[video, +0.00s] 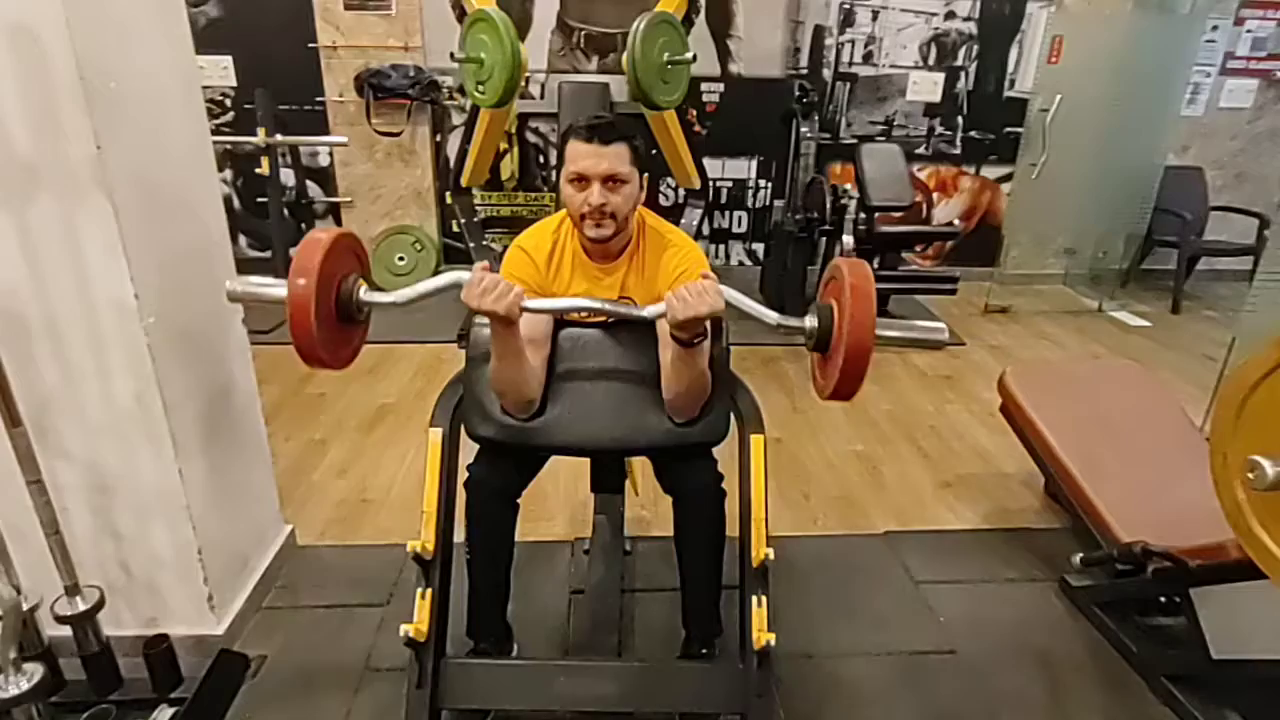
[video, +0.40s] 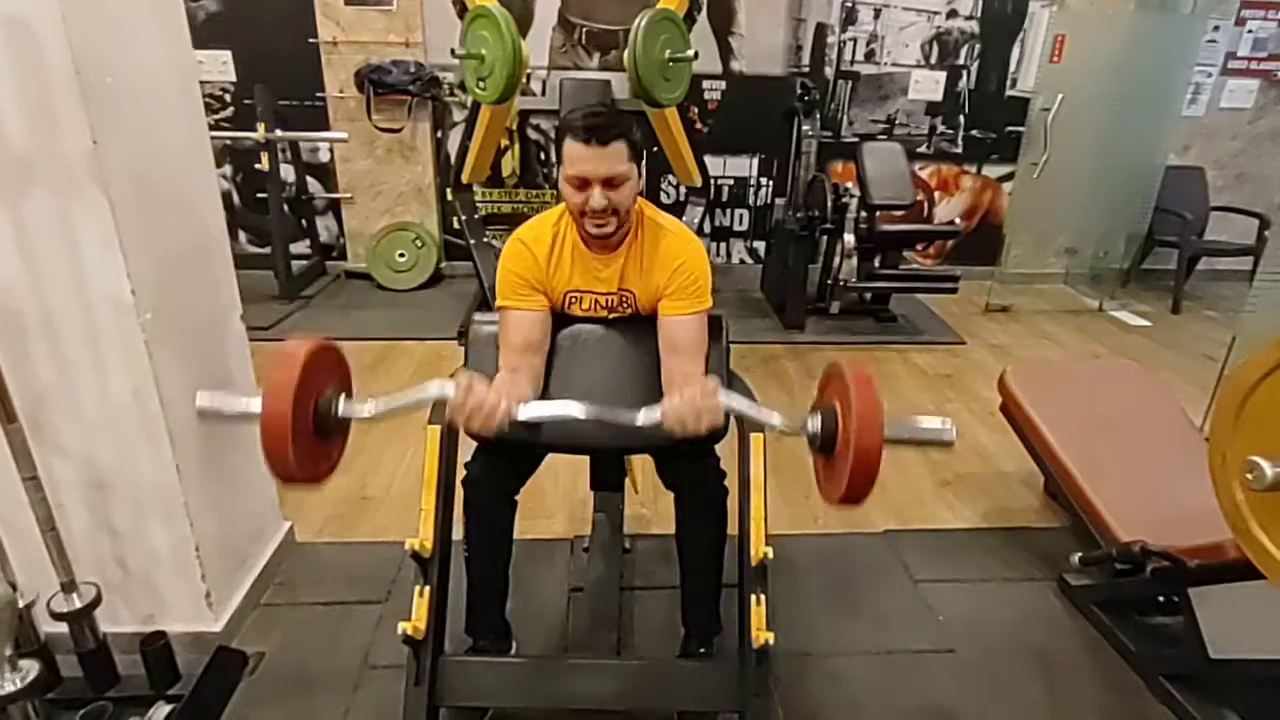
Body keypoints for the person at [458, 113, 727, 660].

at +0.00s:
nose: (595, 200)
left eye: (613, 183)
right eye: (579, 182)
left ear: (641, 189)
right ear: (560, 186)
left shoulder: (676, 254)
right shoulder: (533, 249)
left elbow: (685, 408)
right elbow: (518, 404)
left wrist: (688, 337)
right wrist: (504, 326)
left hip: (649, 390)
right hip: (556, 388)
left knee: (700, 484)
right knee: (487, 482)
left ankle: (702, 643)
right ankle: (489, 642)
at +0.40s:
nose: (598, 201)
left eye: (613, 183)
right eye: (581, 184)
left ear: (638, 178)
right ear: (559, 178)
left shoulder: (678, 251)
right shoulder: (529, 248)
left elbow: (685, 378)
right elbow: (517, 368)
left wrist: (693, 412)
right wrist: (490, 409)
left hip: (648, 392)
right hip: (558, 388)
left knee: (702, 478)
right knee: (486, 477)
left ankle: (701, 641)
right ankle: (488, 642)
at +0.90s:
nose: (602, 233)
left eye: (618, 218)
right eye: (585, 219)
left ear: (641, 191)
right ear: (564, 193)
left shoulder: (680, 246)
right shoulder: (531, 246)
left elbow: (688, 374)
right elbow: (517, 377)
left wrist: (695, 475)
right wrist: (500, 487)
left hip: (653, 371)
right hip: (555, 372)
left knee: (704, 480)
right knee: (481, 479)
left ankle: (706, 638)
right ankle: (488, 637)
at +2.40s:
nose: (618, 194)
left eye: (634, 177)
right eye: (601, 178)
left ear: (658, 176)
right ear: (580, 179)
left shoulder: (697, 245)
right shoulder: (552, 247)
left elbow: (709, 361)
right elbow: (540, 367)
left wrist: (716, 417)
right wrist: (516, 418)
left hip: (671, 384)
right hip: (580, 383)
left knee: (719, 467)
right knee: (509, 468)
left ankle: (725, 634)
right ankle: (514, 633)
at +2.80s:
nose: (617, 231)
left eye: (633, 214)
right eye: (600, 215)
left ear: (656, 196)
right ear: (580, 197)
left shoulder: (693, 250)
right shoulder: (553, 252)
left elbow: (708, 401)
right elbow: (542, 405)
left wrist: (708, 337)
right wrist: (523, 338)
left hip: (669, 394)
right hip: (578, 391)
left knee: (723, 484)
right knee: (508, 485)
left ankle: (724, 641)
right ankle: (514, 638)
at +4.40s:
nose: (648, 246)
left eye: (658, 231)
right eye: (630, 238)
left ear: (670, 203)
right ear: (591, 212)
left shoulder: (698, 250)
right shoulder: (550, 249)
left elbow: (706, 370)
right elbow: (537, 369)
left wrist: (710, 405)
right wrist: (512, 394)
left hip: (666, 384)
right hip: (576, 381)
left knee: (720, 476)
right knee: (506, 479)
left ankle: (724, 637)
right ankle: (512, 635)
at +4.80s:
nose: (642, 249)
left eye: (654, 235)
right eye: (625, 240)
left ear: (670, 206)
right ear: (591, 214)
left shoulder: (699, 252)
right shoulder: (550, 250)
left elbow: (706, 377)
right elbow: (536, 376)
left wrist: (708, 466)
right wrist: (514, 459)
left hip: (670, 374)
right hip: (574, 375)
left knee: (719, 480)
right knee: (502, 475)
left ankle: (722, 640)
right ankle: (510, 636)